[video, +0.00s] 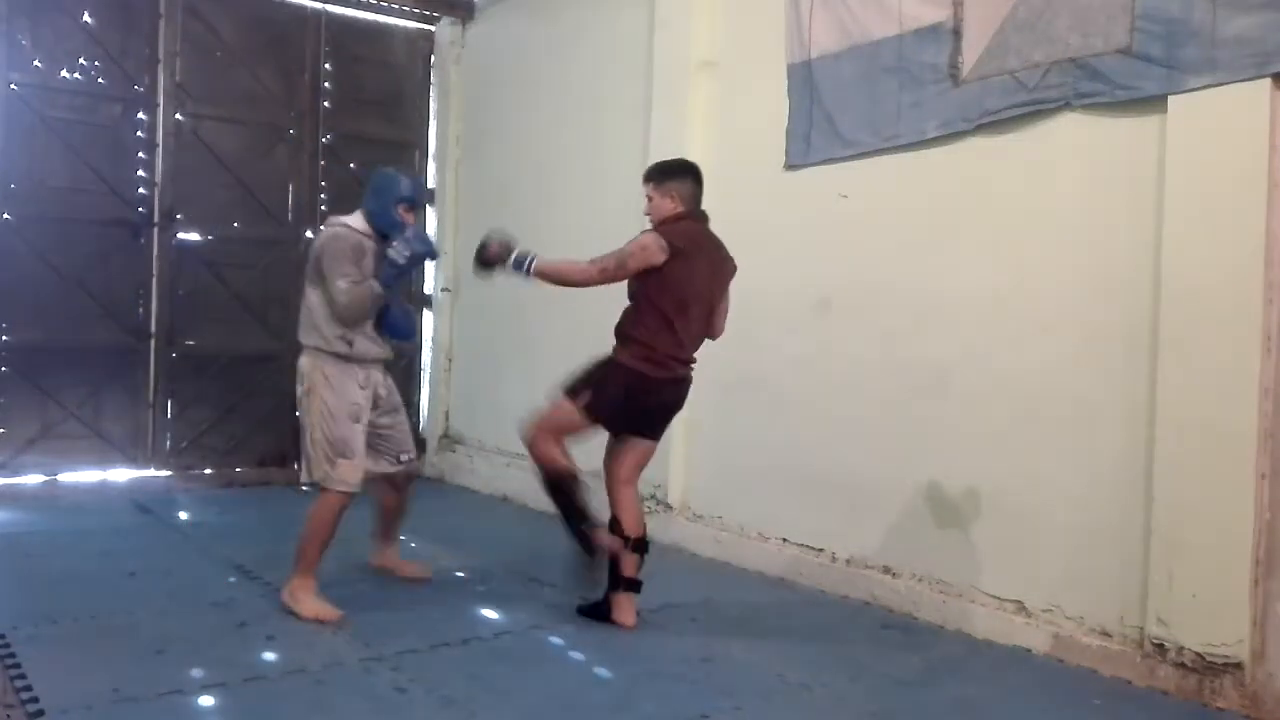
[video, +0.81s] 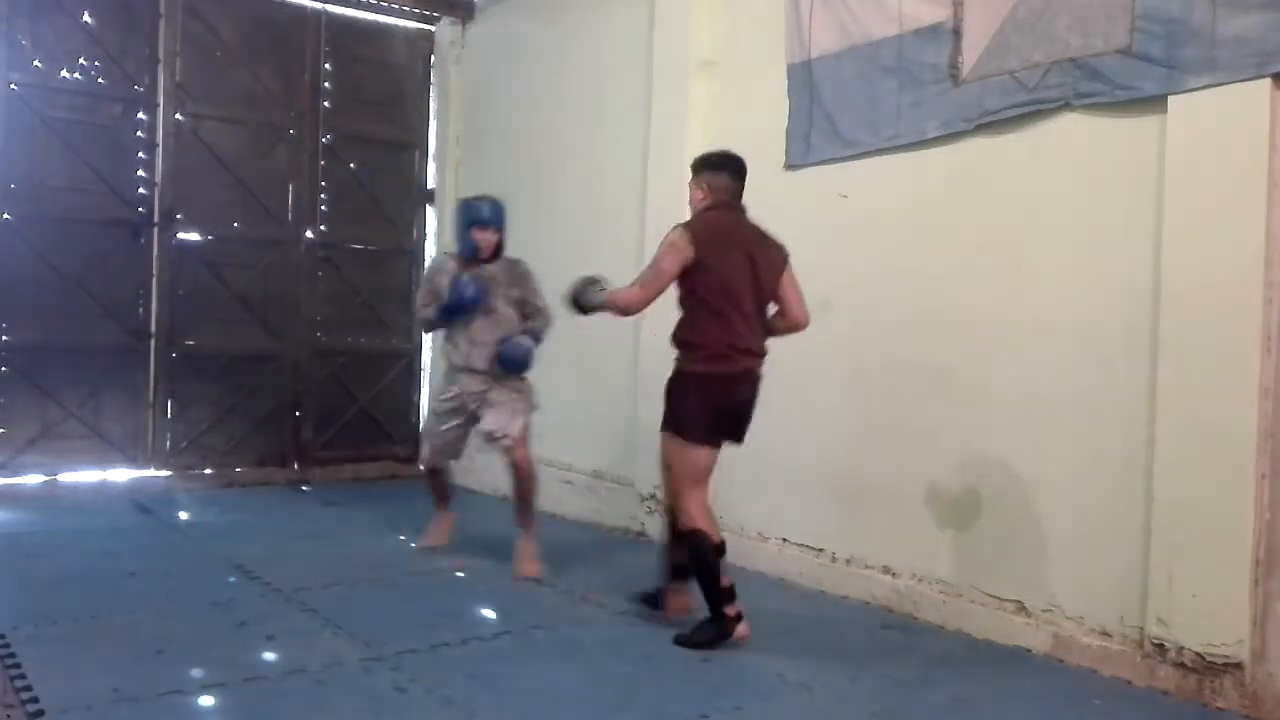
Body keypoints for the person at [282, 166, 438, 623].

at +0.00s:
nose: (409, 217)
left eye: (413, 209)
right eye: (404, 206)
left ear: (406, 211)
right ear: (379, 203)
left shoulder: (387, 246)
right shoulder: (341, 236)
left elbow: (381, 311)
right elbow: (347, 305)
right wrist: (392, 271)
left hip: (372, 368)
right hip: (331, 368)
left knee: (400, 467)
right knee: (342, 479)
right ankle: (300, 584)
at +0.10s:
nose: (417, 236)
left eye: (421, 228)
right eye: (412, 225)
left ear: (414, 231)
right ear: (386, 222)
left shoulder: (398, 268)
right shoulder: (349, 255)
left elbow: (430, 329)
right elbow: (382, 313)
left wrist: (420, 332)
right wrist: (419, 269)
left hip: (386, 390)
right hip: (340, 387)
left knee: (421, 478)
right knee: (344, 490)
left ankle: (436, 554)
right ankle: (296, 591)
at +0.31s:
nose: (442, 227)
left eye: (448, 220)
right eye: (436, 217)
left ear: (452, 225)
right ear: (414, 214)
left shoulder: (451, 265)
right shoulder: (377, 252)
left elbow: (456, 327)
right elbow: (368, 316)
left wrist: (402, 331)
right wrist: (427, 320)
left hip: (429, 382)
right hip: (377, 378)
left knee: (441, 472)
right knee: (349, 472)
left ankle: (436, 554)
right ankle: (320, 559)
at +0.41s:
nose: (448, 225)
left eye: (454, 219)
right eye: (442, 215)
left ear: (458, 224)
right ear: (421, 213)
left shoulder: (458, 266)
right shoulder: (383, 251)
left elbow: (455, 323)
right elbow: (355, 303)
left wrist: (434, 314)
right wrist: (391, 301)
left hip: (436, 382)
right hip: (385, 379)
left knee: (450, 465)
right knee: (367, 461)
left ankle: (443, 546)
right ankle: (355, 531)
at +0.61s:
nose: (448, 257)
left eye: (454, 250)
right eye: (440, 248)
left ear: (461, 255)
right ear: (423, 250)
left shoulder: (469, 299)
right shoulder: (397, 292)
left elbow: (482, 348)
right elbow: (384, 345)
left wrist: (463, 376)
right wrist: (419, 339)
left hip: (451, 407)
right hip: (408, 404)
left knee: (453, 483)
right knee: (385, 477)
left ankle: (455, 543)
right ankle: (392, 530)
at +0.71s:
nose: (461, 245)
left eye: (467, 238)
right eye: (453, 237)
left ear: (476, 242)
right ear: (438, 240)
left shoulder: (487, 281)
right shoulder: (415, 279)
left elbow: (508, 327)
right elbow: (398, 327)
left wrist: (490, 355)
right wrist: (428, 331)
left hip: (476, 390)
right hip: (432, 389)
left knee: (483, 463)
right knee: (410, 461)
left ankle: (480, 533)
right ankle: (400, 523)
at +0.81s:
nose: (484, 238)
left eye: (491, 230)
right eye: (477, 230)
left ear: (500, 234)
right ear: (464, 233)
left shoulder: (514, 273)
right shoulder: (445, 271)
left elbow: (540, 316)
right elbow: (423, 317)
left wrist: (526, 340)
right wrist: (450, 307)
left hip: (505, 381)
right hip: (458, 380)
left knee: (520, 458)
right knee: (432, 457)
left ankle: (526, 540)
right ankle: (442, 516)